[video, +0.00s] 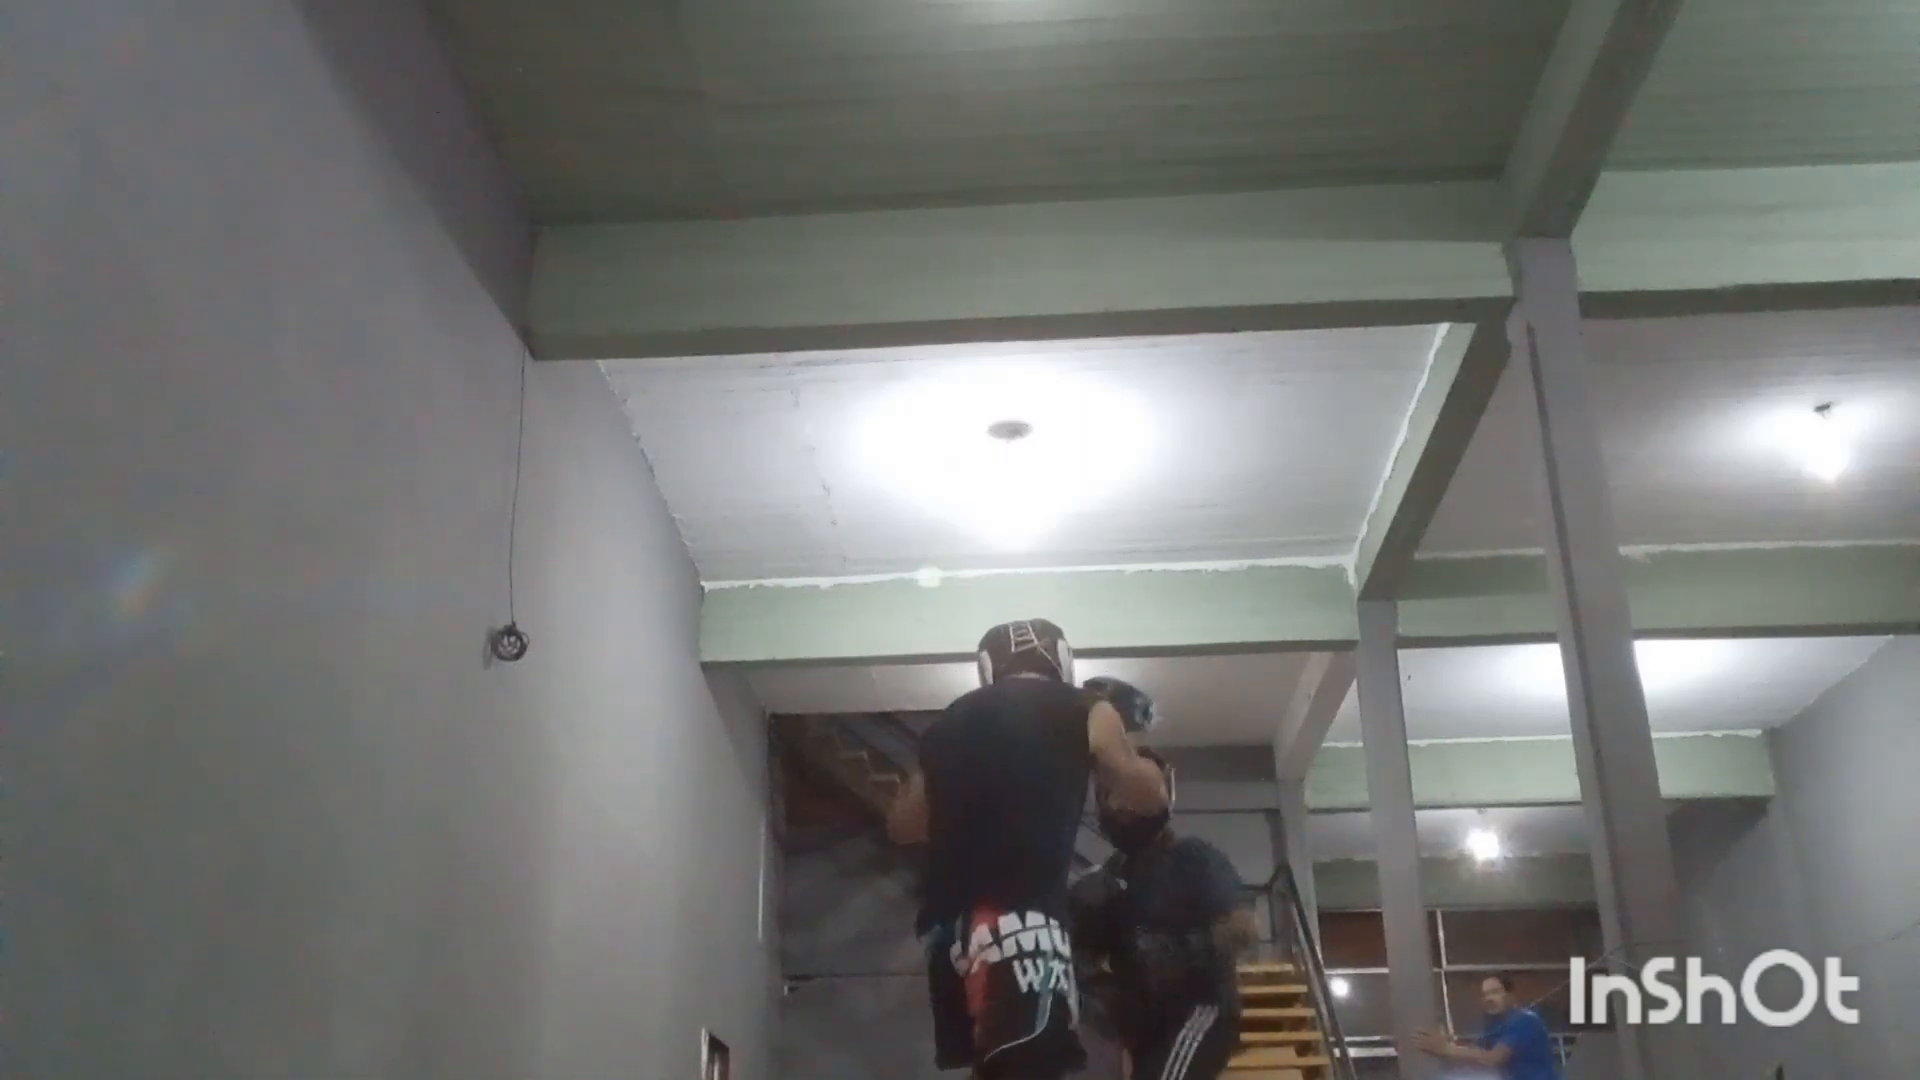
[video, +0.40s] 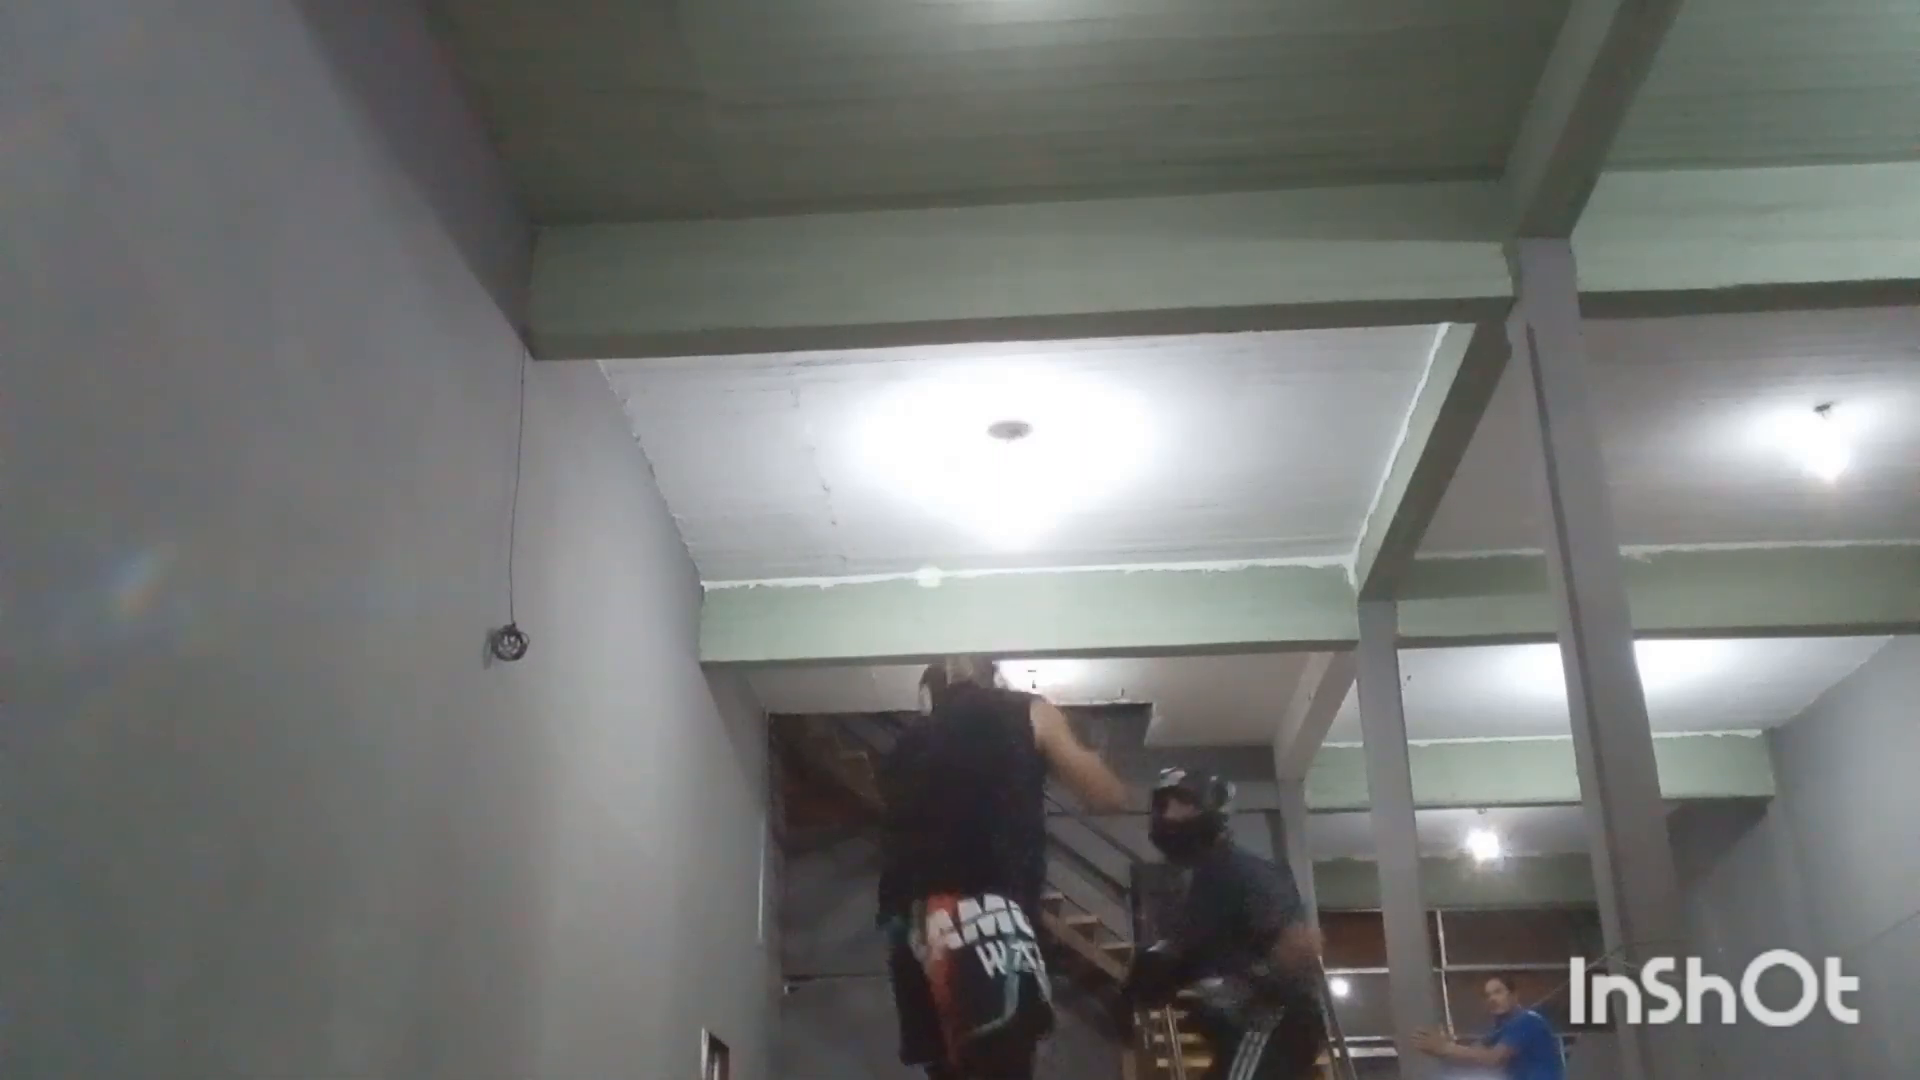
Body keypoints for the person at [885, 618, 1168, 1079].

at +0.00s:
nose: (1068, 665)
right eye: (1064, 658)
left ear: (990, 667)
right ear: (1056, 660)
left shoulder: (946, 723)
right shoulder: (1086, 707)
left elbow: (904, 825)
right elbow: (1146, 793)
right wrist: (1148, 769)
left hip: (948, 928)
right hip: (1029, 923)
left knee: (974, 1063)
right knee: (1031, 1063)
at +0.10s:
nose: (1067, 662)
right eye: (1064, 654)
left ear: (985, 664)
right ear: (1054, 656)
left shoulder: (939, 718)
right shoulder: (1078, 708)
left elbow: (889, 823)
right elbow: (1135, 808)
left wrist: (951, 808)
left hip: (942, 916)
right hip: (1026, 912)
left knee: (971, 1063)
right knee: (1030, 1064)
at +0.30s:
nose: (1029, 669)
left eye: (1027, 663)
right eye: (1026, 661)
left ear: (953, 672)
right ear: (1012, 661)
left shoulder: (912, 726)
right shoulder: (1047, 701)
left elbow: (903, 831)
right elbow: (1116, 794)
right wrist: (1105, 754)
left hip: (925, 906)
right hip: (1016, 903)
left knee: (952, 1062)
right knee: (1019, 1063)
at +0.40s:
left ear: (933, 688)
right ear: (991, 673)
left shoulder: (911, 737)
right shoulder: (1030, 713)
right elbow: (1107, 794)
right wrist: (1084, 752)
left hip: (910, 929)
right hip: (998, 923)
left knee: (940, 1065)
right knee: (1002, 1066)